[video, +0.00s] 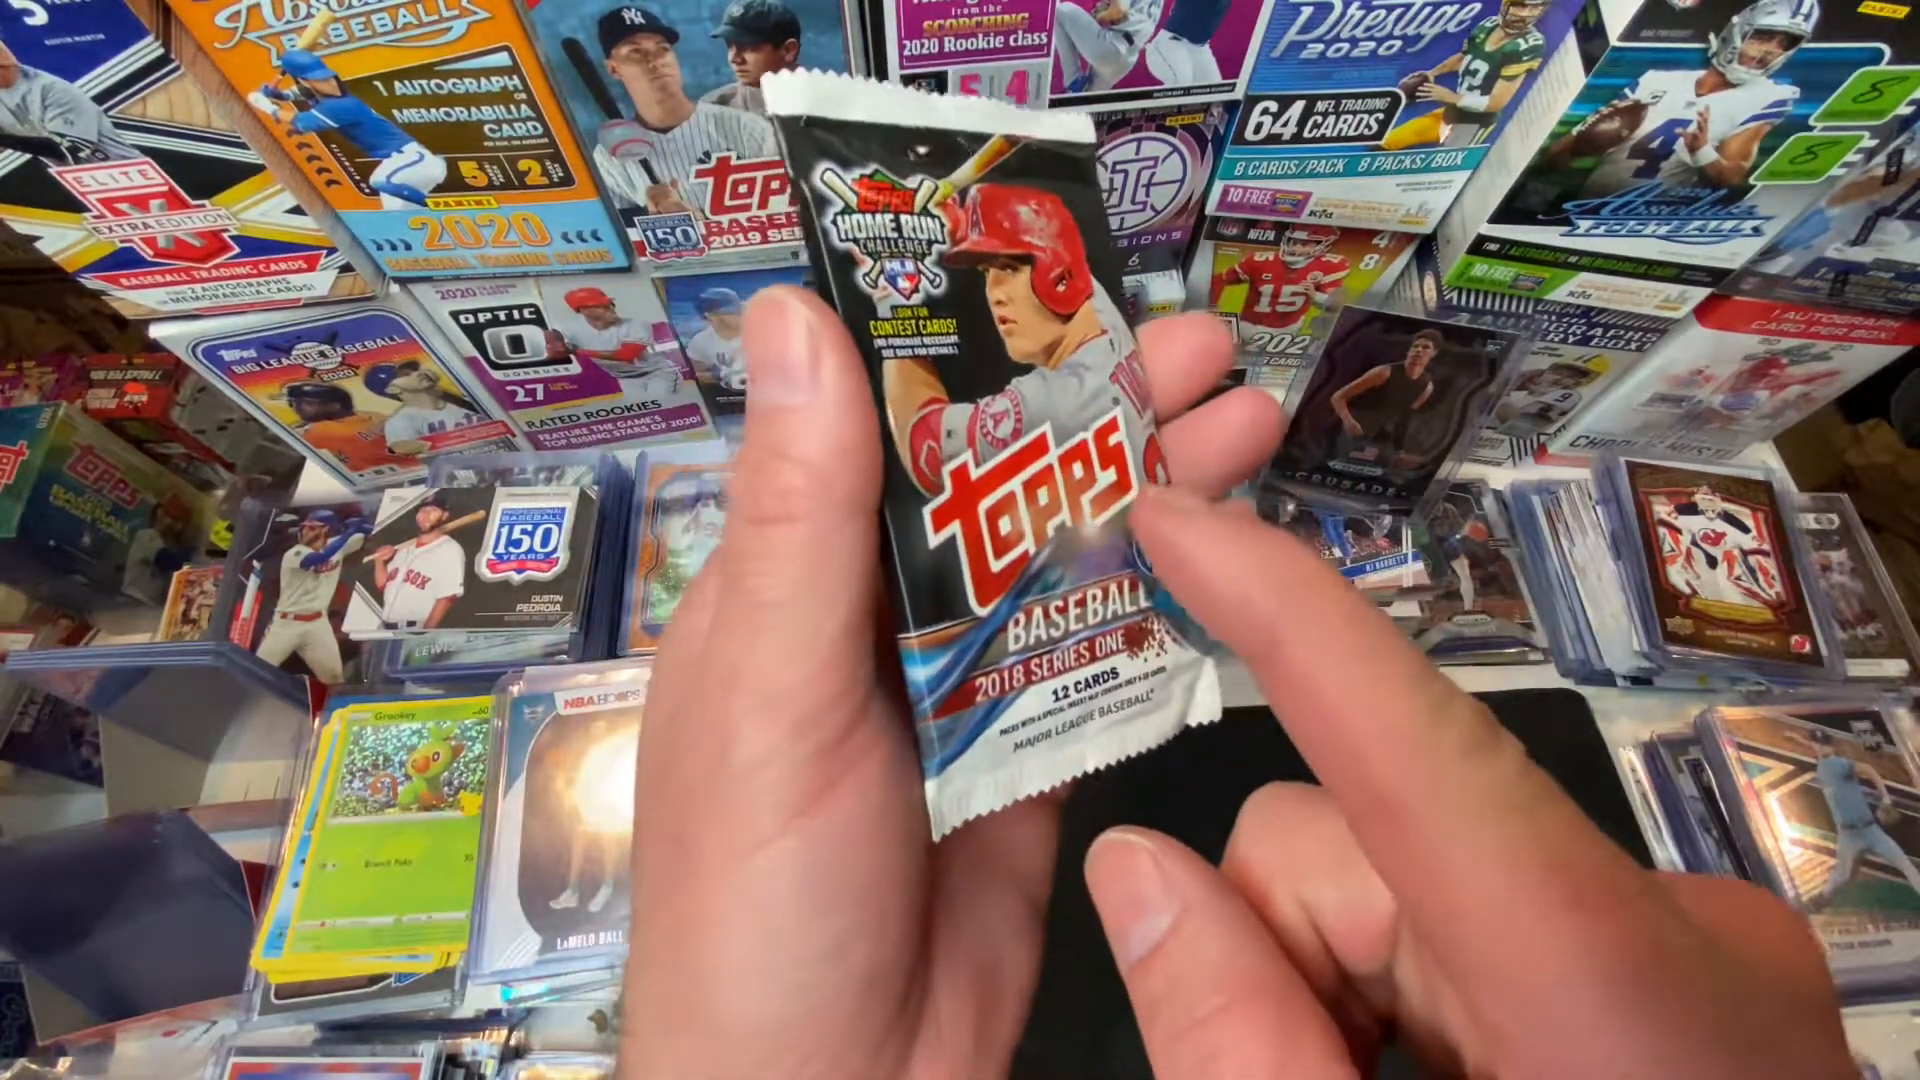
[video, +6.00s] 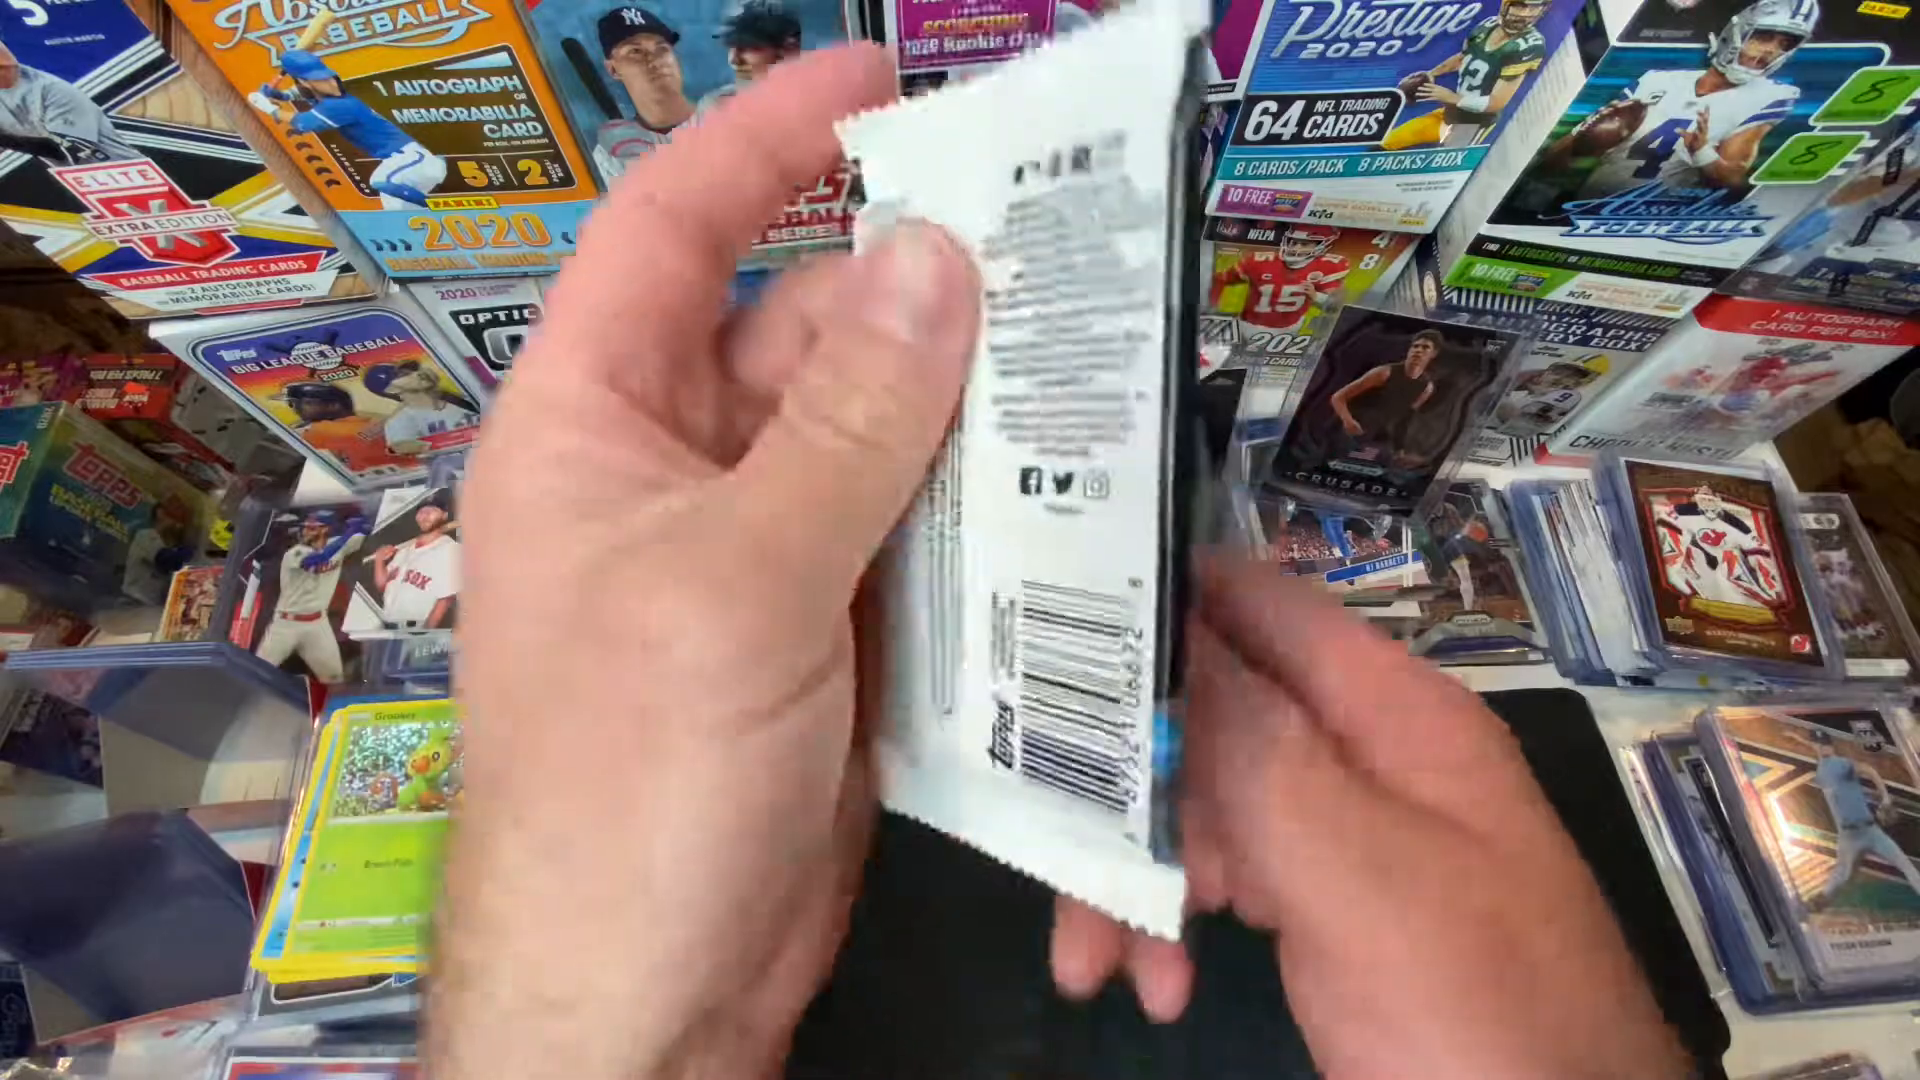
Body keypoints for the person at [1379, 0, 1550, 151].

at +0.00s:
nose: (1520, 13)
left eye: (1530, 7)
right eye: (1515, 4)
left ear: (1541, 11)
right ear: (1503, 5)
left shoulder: (1526, 47)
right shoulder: (1487, 26)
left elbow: (1496, 102)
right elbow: (1463, 58)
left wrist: (1450, 97)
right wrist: (1432, 73)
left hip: (1477, 123)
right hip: (1451, 111)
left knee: (1442, 175)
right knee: (1388, 141)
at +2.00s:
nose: (1520, 14)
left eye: (1530, 8)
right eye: (1516, 5)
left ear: (1542, 11)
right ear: (1504, 5)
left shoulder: (1527, 47)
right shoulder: (1487, 26)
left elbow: (1496, 103)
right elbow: (1463, 57)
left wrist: (1451, 98)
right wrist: (1431, 74)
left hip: (1478, 122)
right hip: (1453, 110)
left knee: (1442, 173)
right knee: (1388, 141)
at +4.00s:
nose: (1520, 13)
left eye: (1529, 7)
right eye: (1515, 5)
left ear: (1541, 11)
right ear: (1503, 4)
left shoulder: (1527, 47)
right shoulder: (1487, 26)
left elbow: (1496, 103)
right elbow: (1464, 57)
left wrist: (1450, 97)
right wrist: (1431, 73)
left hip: (1478, 123)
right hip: (1452, 111)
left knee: (1442, 172)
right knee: (1389, 141)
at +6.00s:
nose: (1522, 13)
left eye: (1531, 7)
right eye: (1517, 5)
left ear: (1543, 10)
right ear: (1504, 4)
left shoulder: (1527, 47)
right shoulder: (1486, 27)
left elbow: (1495, 104)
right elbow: (1462, 58)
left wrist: (1450, 97)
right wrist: (1431, 74)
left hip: (1478, 123)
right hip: (1451, 111)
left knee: (1443, 172)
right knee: (1390, 141)